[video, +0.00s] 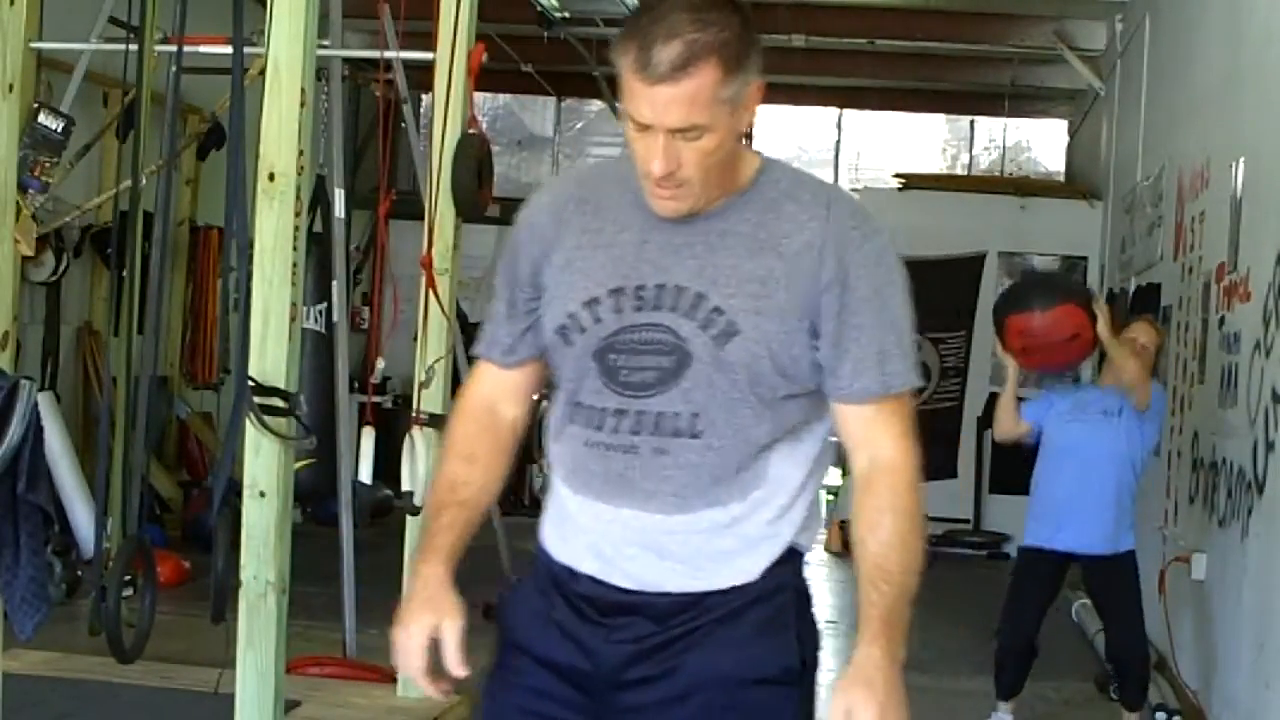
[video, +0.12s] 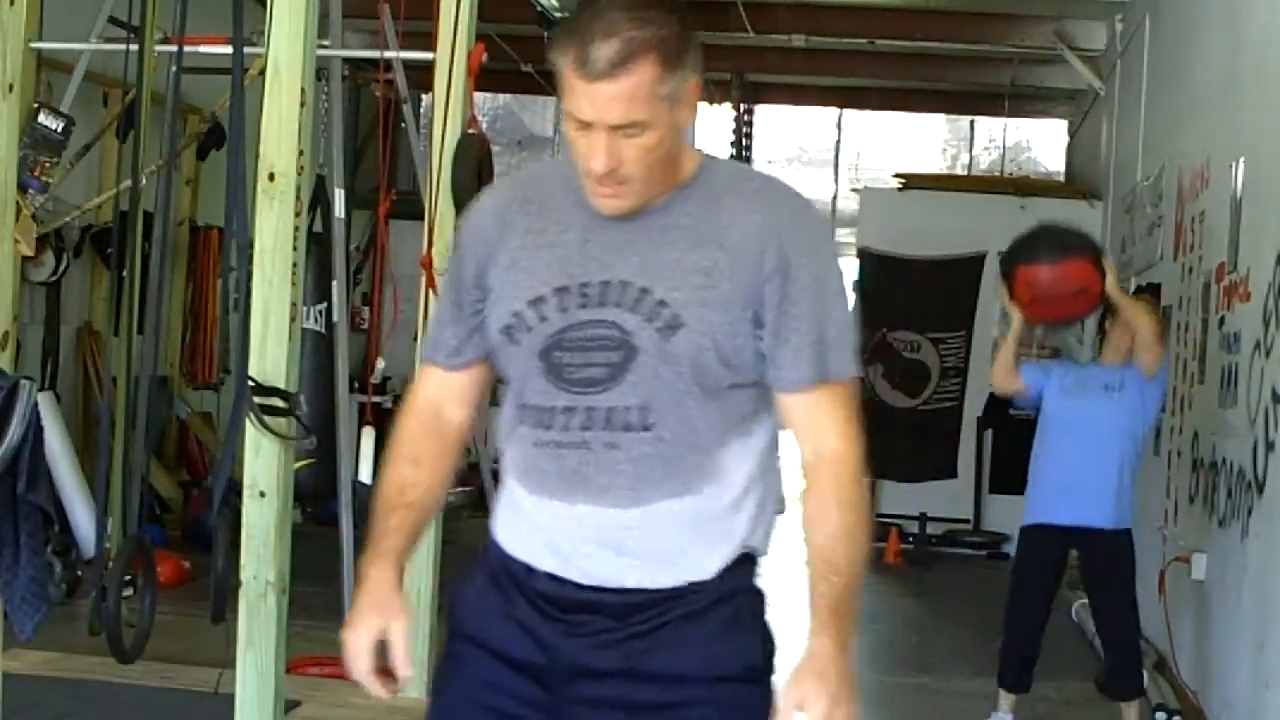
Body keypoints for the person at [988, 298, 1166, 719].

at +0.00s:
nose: (1138, 350)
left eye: (1147, 346)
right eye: (1132, 341)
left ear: (1155, 363)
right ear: (1110, 347)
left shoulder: (1149, 405)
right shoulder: (1059, 398)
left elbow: (1131, 376)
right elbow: (1005, 429)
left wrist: (1106, 338)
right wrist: (1011, 373)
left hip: (1110, 546)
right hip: (1045, 540)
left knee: (1132, 646)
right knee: (1014, 636)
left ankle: (1132, 712)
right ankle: (1004, 708)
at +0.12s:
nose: (1128, 334)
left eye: (1135, 329)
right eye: (1123, 325)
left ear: (1141, 339)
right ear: (1105, 329)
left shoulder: (1144, 386)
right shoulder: (1058, 374)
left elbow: (1149, 333)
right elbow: (1002, 381)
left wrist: (1115, 293)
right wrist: (1017, 322)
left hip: (1107, 524)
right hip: (1045, 518)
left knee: (1119, 627)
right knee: (1024, 616)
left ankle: (1133, 712)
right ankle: (1004, 710)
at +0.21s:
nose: (1127, 327)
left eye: (1133, 322)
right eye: (1120, 319)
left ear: (1139, 331)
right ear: (1102, 325)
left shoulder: (1144, 376)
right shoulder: (1059, 367)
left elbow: (1152, 314)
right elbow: (1004, 355)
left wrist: (1117, 269)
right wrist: (1019, 296)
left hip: (1108, 520)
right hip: (1046, 514)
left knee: (1117, 623)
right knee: (1027, 613)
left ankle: (1132, 714)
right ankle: (1004, 711)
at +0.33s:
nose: (1118, 321)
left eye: (1128, 317)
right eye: (1111, 313)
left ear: (1137, 328)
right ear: (1093, 319)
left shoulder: (1141, 371)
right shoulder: (1058, 365)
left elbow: (1151, 301)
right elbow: (1012, 321)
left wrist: (1125, 239)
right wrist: (1025, 259)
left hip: (1112, 515)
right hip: (1048, 512)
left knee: (1117, 620)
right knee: (1031, 612)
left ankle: (1132, 716)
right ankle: (1004, 712)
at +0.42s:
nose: (1112, 322)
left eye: (1123, 318)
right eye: (1106, 313)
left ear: (1134, 327)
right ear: (1090, 318)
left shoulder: (1140, 369)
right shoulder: (1057, 364)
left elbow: (1149, 298)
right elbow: (1018, 311)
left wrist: (1126, 230)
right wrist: (1026, 247)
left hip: (1114, 514)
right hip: (1050, 511)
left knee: (1117, 620)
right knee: (1033, 613)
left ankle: (1132, 716)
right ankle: (1005, 712)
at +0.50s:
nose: (1109, 322)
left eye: (1119, 317)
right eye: (1102, 314)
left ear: (1131, 328)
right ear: (1086, 321)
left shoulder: (1139, 369)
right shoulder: (1056, 366)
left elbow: (1146, 298)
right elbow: (1025, 308)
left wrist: (1127, 227)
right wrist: (1029, 243)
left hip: (1116, 515)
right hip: (1051, 512)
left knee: (1118, 622)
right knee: (1033, 614)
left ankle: (1132, 716)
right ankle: (1005, 712)